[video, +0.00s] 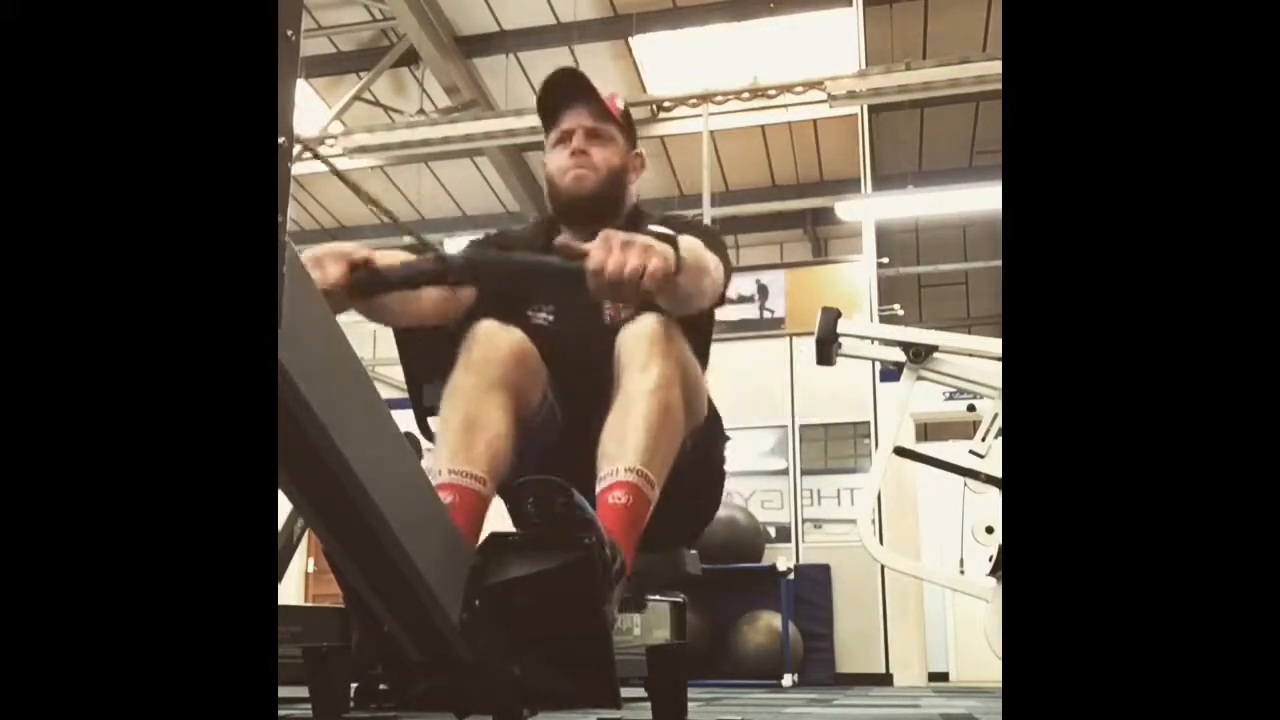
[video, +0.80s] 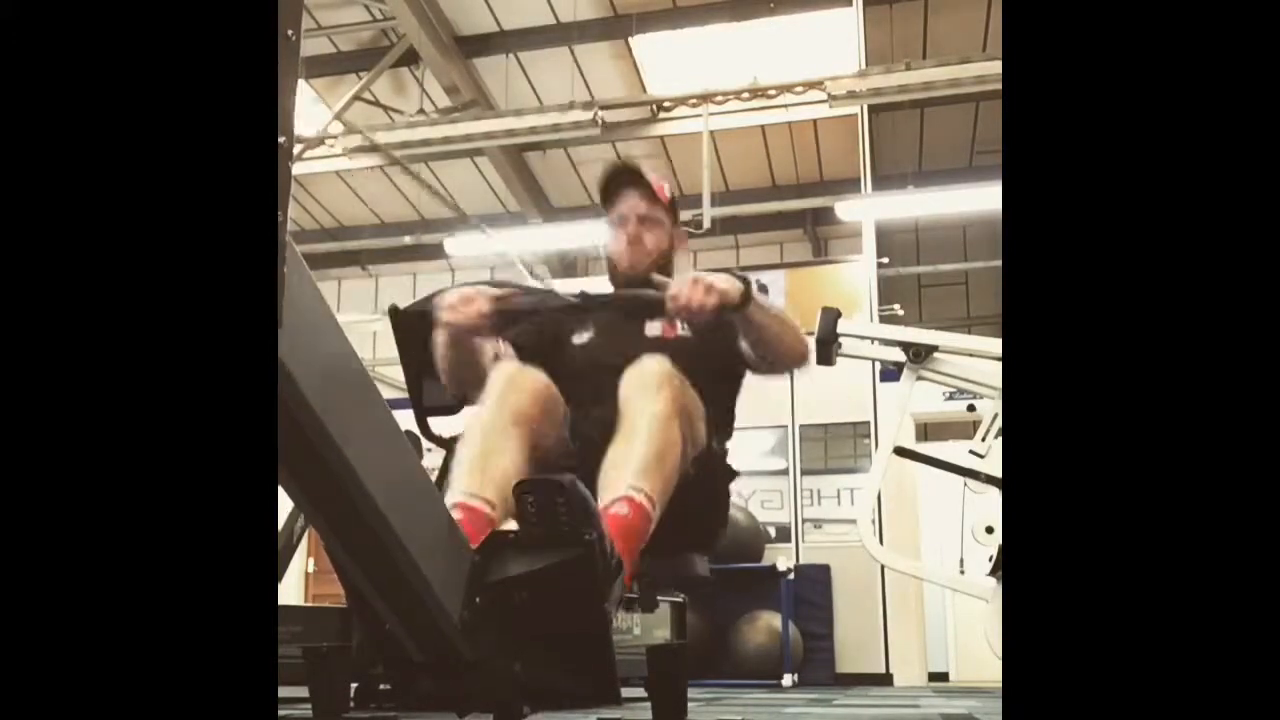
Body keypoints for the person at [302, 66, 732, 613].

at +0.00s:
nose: (577, 146)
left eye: (597, 137)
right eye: (563, 140)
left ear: (634, 163)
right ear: (545, 167)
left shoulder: (679, 240)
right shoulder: (512, 248)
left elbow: (704, 282)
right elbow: (440, 292)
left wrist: (662, 265)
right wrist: (364, 280)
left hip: (661, 484)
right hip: (543, 481)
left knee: (652, 332)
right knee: (493, 339)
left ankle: (607, 557)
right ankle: (444, 552)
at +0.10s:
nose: (597, 164)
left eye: (615, 155)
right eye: (583, 156)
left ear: (648, 180)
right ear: (567, 183)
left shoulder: (691, 255)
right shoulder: (537, 272)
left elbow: (727, 313)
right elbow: (457, 324)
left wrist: (691, 291)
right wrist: (405, 311)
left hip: (670, 481)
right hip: (555, 473)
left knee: (656, 361)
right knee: (500, 366)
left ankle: (608, 565)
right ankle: (446, 556)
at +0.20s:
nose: (625, 198)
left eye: (642, 190)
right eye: (611, 189)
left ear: (669, 210)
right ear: (593, 207)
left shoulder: (699, 276)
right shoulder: (565, 283)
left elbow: (747, 333)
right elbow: (492, 339)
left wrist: (707, 289)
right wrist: (449, 319)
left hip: (678, 471)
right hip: (563, 466)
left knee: (662, 405)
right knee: (505, 411)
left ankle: (607, 569)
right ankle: (452, 558)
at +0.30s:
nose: (646, 248)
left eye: (660, 237)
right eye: (634, 238)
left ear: (683, 249)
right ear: (620, 251)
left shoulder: (713, 317)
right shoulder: (592, 327)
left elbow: (775, 368)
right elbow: (513, 380)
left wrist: (736, 327)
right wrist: (497, 346)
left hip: (690, 476)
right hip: (589, 474)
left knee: (660, 443)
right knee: (524, 453)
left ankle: (611, 566)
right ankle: (468, 553)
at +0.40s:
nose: (656, 293)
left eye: (670, 284)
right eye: (645, 284)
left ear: (693, 296)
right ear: (630, 294)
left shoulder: (722, 363)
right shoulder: (588, 365)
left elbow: (804, 419)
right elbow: (504, 424)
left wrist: (754, 365)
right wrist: (516, 379)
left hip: (695, 492)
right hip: (594, 490)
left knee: (662, 470)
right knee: (539, 475)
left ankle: (612, 578)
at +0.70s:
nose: (647, 274)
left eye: (661, 264)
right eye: (634, 266)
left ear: (687, 275)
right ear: (619, 280)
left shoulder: (723, 341)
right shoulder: (580, 341)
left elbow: (816, 395)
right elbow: (481, 412)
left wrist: (761, 325)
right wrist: (495, 342)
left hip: (688, 496)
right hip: (576, 489)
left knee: (655, 412)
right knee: (529, 416)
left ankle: (607, 571)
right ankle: (465, 556)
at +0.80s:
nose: (632, 235)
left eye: (648, 223)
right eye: (620, 222)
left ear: (676, 239)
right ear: (605, 234)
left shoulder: (713, 313)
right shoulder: (563, 318)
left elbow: (793, 354)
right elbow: (466, 389)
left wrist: (743, 301)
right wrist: (453, 332)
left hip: (681, 496)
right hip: (565, 490)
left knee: (652, 375)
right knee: (514, 382)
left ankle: (607, 556)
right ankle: (453, 549)